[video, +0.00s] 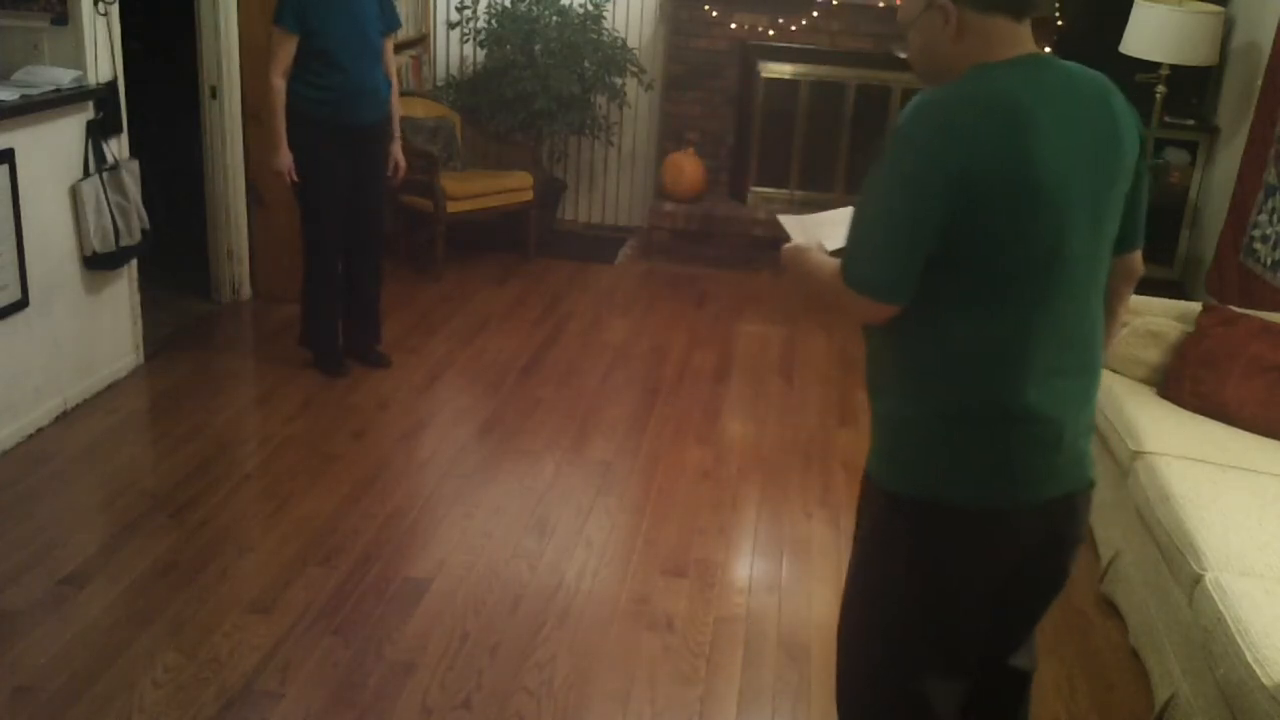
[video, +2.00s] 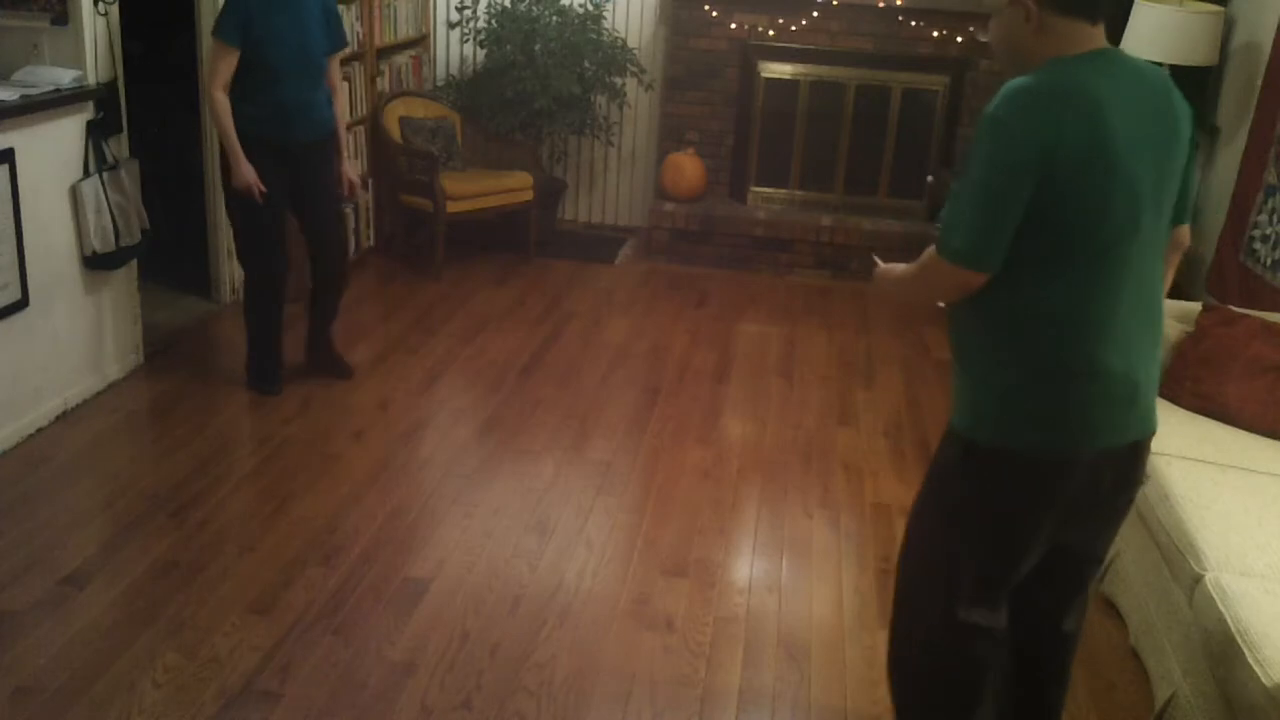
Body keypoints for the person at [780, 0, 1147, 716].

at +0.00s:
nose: (904, 47)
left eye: (905, 24)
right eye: (900, 26)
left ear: (947, 16)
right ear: (1019, 15)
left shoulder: (938, 120)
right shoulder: (1111, 109)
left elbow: (872, 300)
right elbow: (1122, 272)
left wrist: (813, 267)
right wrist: (1072, 371)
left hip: (935, 492)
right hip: (1055, 490)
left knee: (887, 693)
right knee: (997, 678)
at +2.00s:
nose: (984, 29)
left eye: (993, 13)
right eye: (987, 15)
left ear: (1030, 11)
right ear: (1092, 15)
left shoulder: (1028, 105)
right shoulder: (1167, 99)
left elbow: (963, 263)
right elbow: (1174, 239)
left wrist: (898, 282)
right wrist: (1125, 318)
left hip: (1015, 432)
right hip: (1121, 433)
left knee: (941, 625)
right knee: (1045, 627)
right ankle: (1028, 716)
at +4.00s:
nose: (495, 6)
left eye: (497, 2)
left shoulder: (488, 47)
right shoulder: (650, 54)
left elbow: (427, 165)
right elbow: (685, 182)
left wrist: (416, 220)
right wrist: (688, 286)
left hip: (506, 304)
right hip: (597, 305)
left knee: (523, 466)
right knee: (542, 447)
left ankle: (558, 640)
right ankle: (511, 543)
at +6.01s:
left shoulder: (322, 5)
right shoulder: (393, 5)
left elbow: (304, 77)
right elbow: (403, 59)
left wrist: (279, 155)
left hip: (340, 159)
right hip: (385, 152)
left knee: (336, 270)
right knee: (367, 265)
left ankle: (359, 376)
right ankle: (378, 367)